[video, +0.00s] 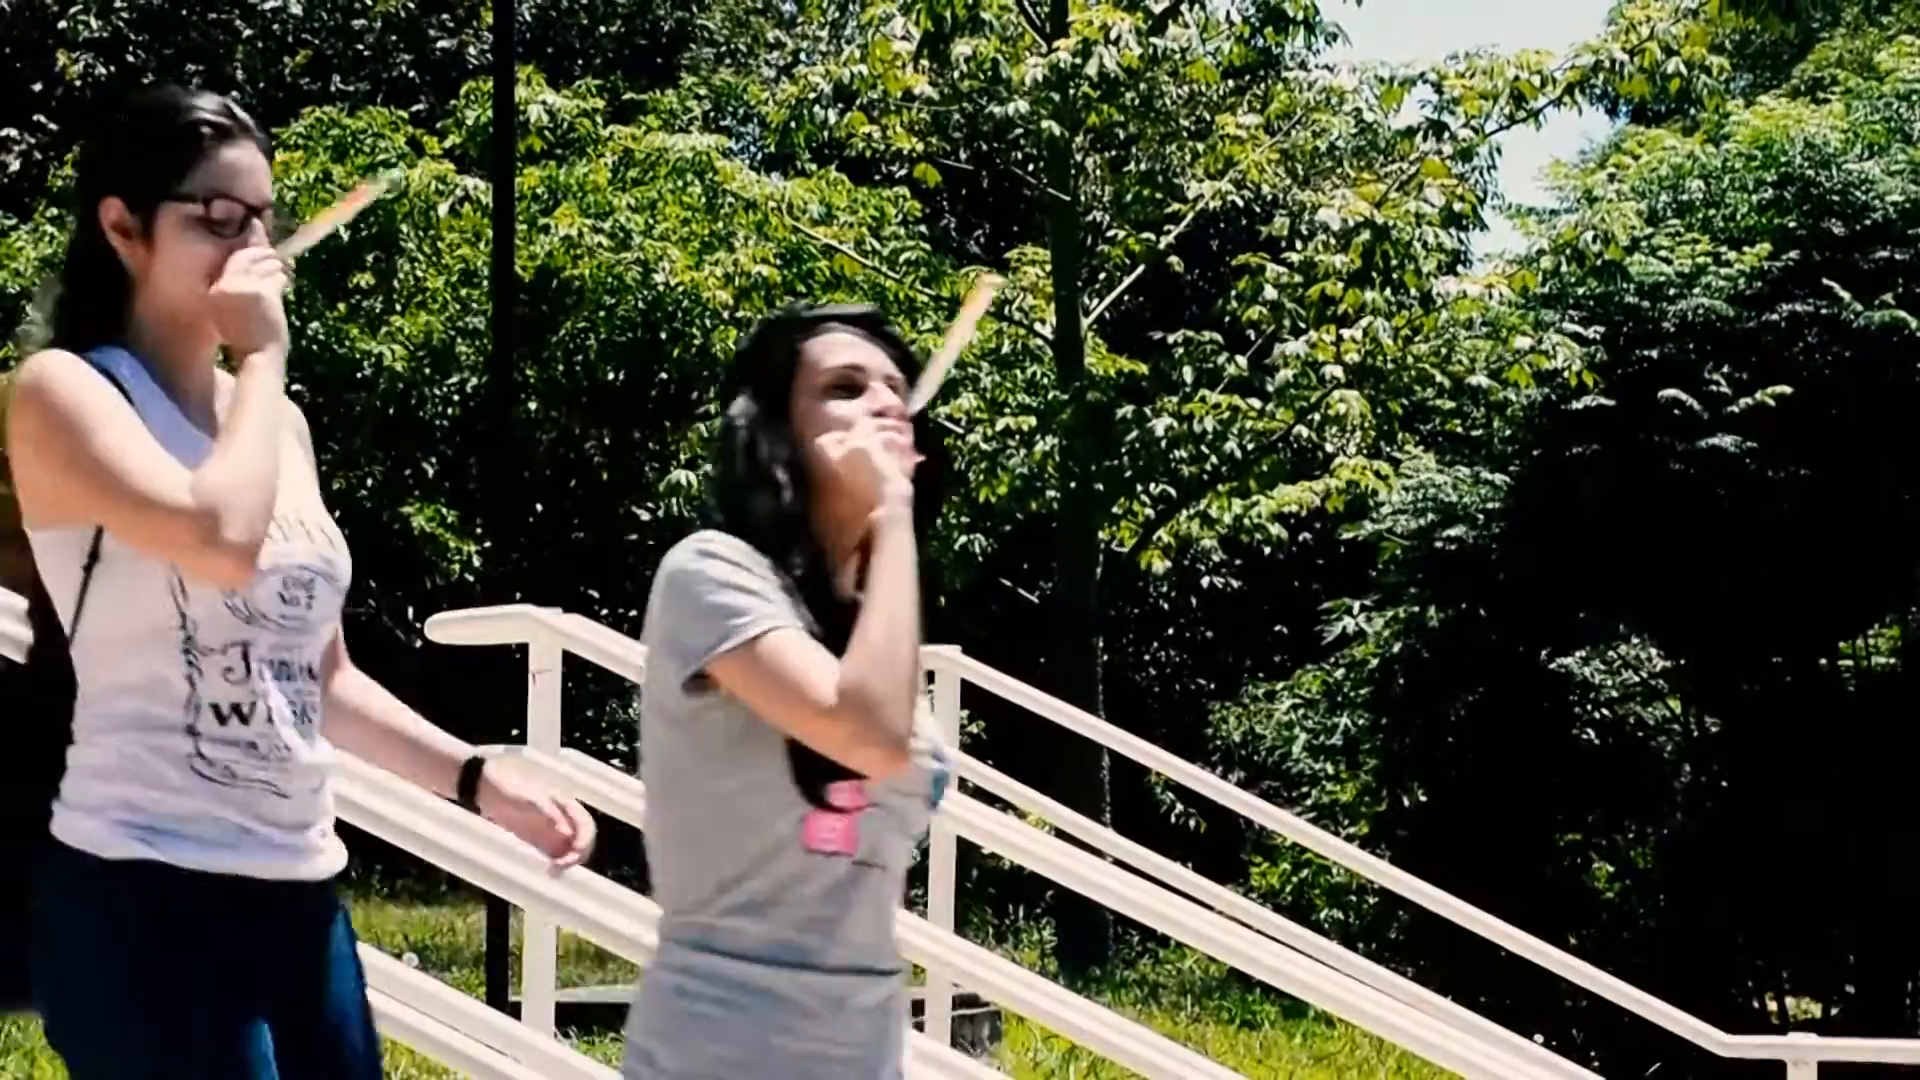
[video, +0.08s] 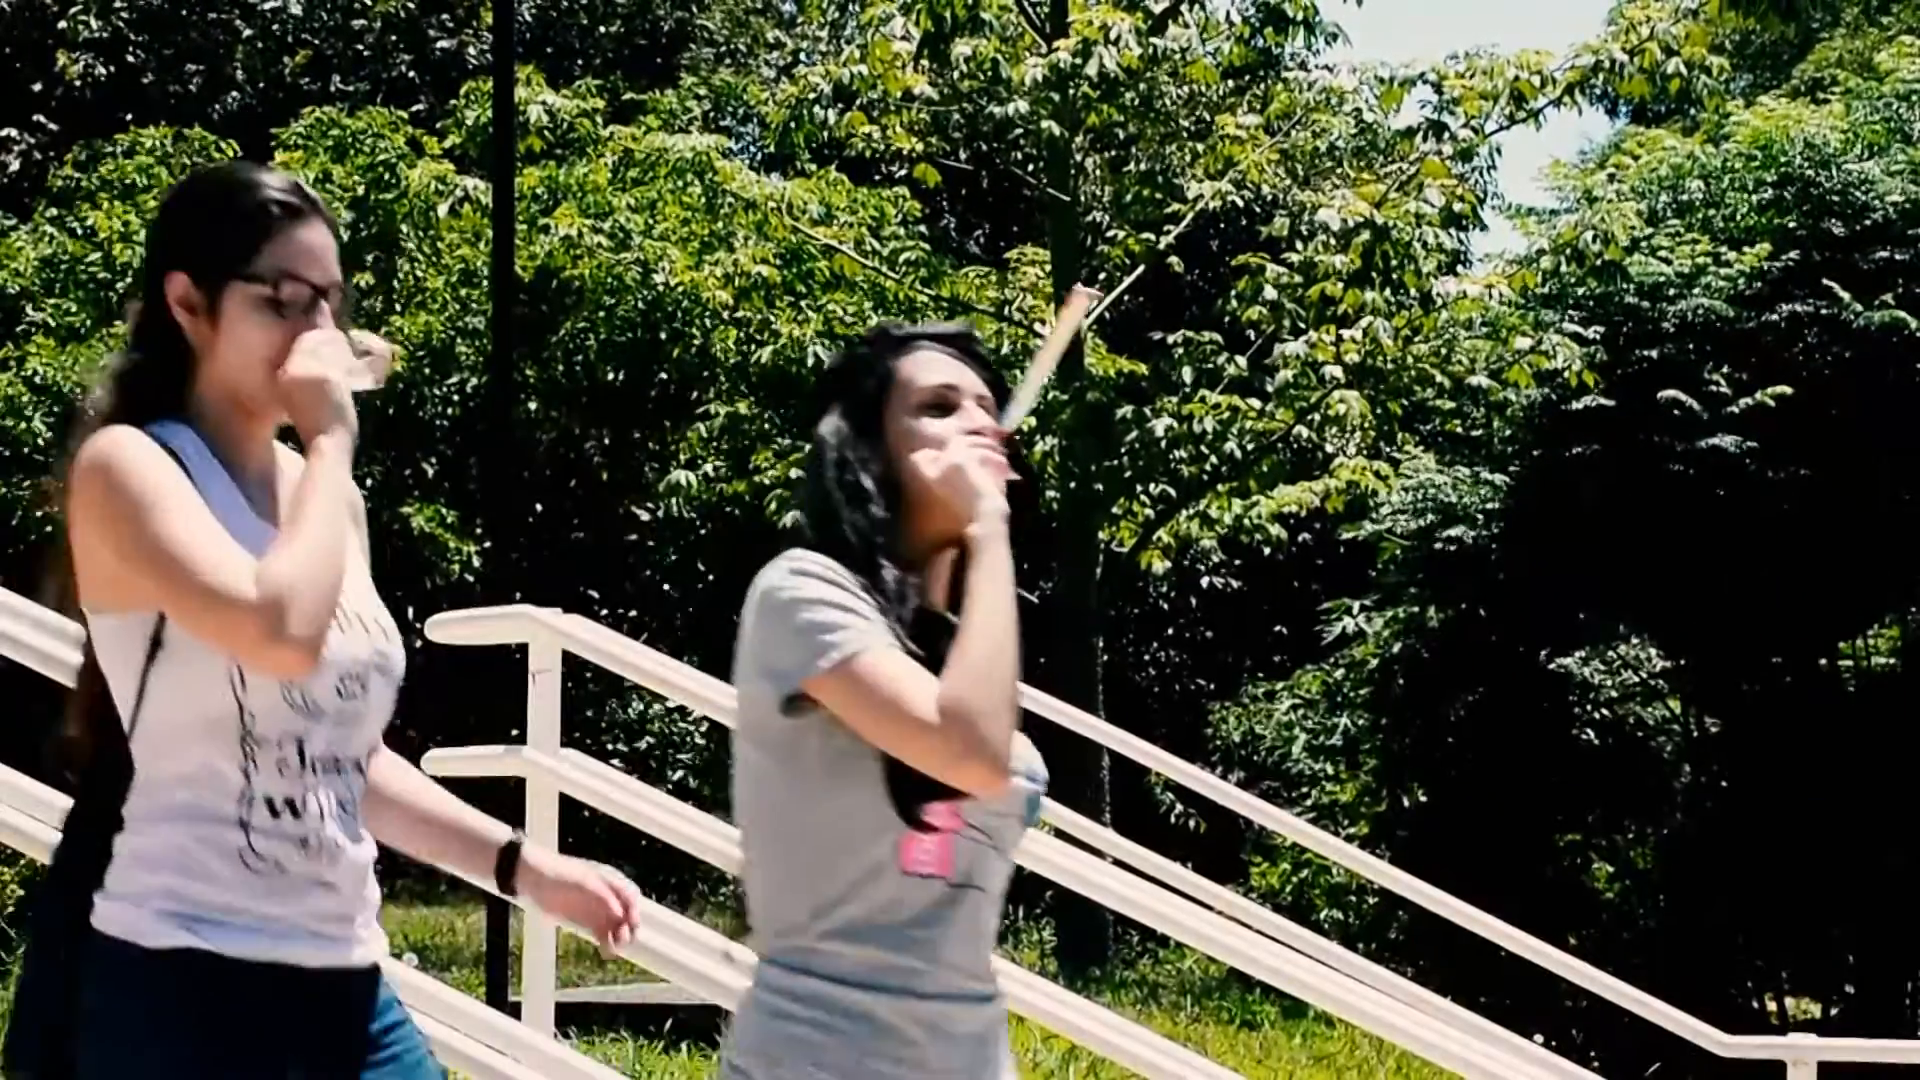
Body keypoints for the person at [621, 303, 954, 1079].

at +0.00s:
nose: (890, 403)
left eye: (898, 389)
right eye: (847, 386)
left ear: (914, 429)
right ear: (771, 432)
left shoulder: (872, 616)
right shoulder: (705, 571)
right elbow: (875, 734)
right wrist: (893, 513)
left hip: (866, 1045)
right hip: (723, 1039)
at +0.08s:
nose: (985, 425)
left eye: (989, 410)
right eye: (940, 406)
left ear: (1005, 448)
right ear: (863, 447)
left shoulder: (964, 647)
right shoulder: (797, 591)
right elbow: (977, 754)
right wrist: (988, 528)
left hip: (973, 1054)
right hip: (822, 1049)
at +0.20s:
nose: (1123, 503)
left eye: (1124, 485)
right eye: (1078, 486)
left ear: (1139, 514)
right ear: (998, 531)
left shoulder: (1107, 715)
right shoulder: (938, 678)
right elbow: (1130, 851)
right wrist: (1132, 615)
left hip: (1123, 1063)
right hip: (988, 1066)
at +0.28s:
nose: (1232, 586)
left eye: (1232, 566)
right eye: (1189, 567)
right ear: (1109, 606)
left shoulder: (1217, 798)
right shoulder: (1046, 765)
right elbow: (1248, 947)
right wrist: (1245, 700)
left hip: (1245, 1067)